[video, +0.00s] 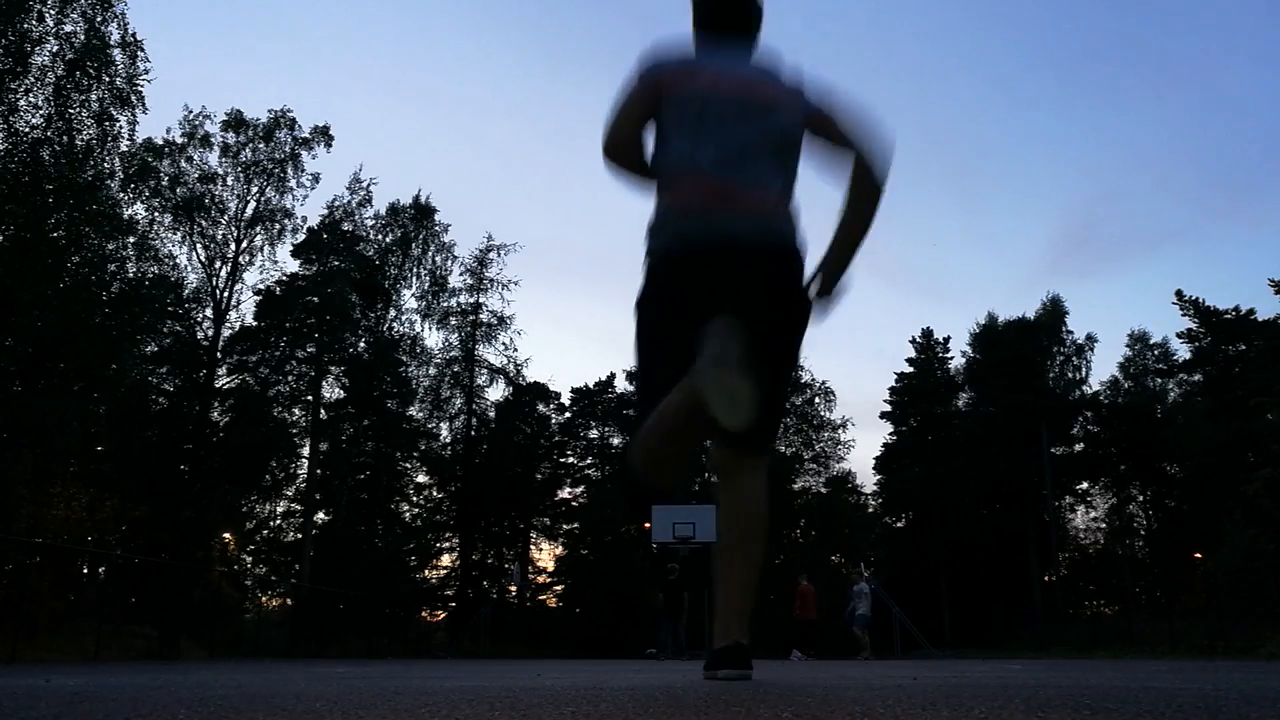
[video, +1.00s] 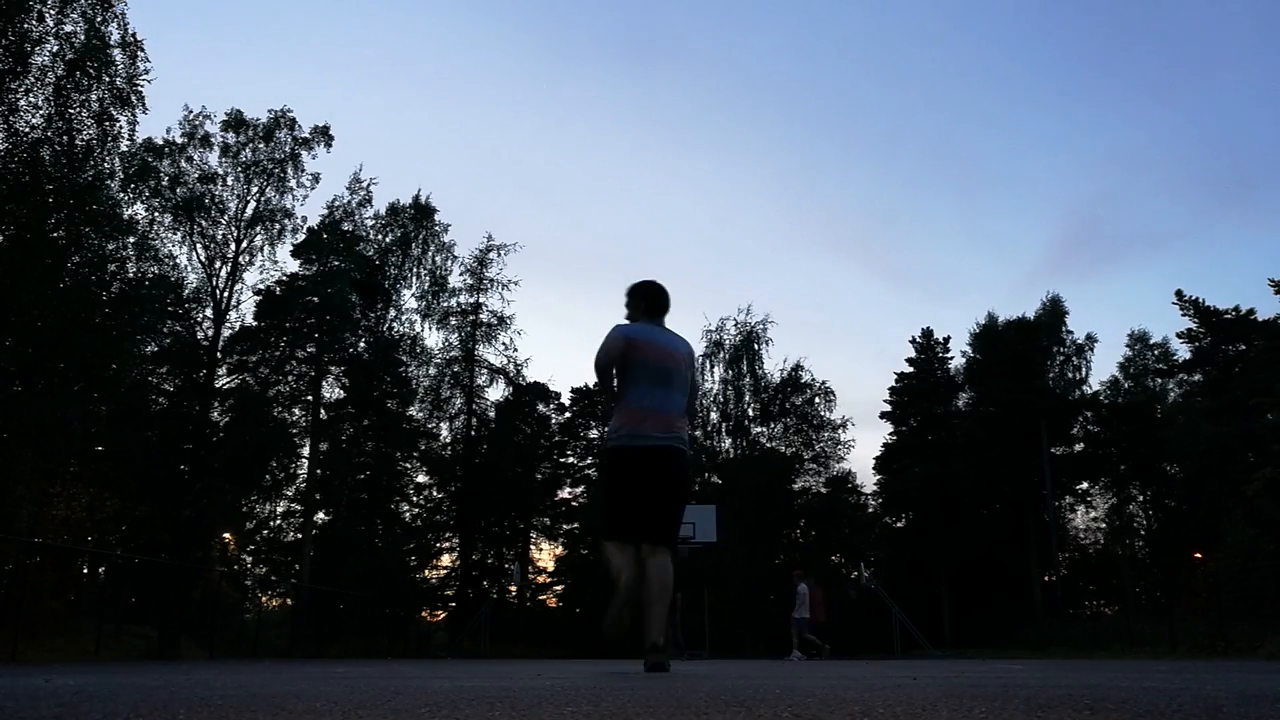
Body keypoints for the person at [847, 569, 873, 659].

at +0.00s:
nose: (854, 579)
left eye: (856, 577)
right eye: (854, 577)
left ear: (859, 577)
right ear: (854, 578)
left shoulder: (864, 586)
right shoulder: (855, 587)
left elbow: (868, 599)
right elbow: (855, 601)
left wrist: (867, 610)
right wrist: (849, 609)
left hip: (864, 611)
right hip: (858, 611)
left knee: (857, 628)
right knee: (864, 632)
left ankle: (865, 650)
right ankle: (866, 652)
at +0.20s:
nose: (843, 581)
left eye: (844, 579)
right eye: (843, 579)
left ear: (848, 580)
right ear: (844, 580)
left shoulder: (854, 589)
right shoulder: (844, 589)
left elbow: (858, 602)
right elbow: (841, 601)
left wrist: (860, 613)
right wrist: (833, 609)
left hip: (853, 614)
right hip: (847, 614)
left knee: (845, 632)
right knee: (857, 633)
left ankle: (838, 651)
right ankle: (865, 651)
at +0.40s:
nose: (831, 580)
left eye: (832, 579)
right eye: (831, 579)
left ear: (835, 579)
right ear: (832, 580)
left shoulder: (841, 588)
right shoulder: (832, 588)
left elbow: (845, 601)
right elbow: (831, 601)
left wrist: (846, 611)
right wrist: (826, 611)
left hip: (840, 613)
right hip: (833, 613)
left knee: (835, 632)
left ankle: (834, 653)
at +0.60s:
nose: (820, 579)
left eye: (821, 577)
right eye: (819, 577)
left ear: (823, 577)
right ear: (822, 577)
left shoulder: (829, 587)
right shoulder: (824, 587)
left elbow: (829, 602)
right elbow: (825, 601)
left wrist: (823, 611)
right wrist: (822, 610)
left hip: (829, 614)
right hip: (824, 614)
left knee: (830, 632)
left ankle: (832, 652)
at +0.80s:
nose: (807, 582)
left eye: (808, 580)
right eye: (807, 580)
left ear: (811, 580)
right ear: (812, 580)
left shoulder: (816, 589)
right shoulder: (813, 589)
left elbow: (814, 602)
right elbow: (813, 602)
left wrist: (806, 609)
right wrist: (806, 610)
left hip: (818, 615)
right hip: (813, 615)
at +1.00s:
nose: (794, 580)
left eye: (795, 578)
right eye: (794, 578)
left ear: (797, 579)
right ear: (801, 578)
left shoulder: (801, 588)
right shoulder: (803, 588)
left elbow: (800, 602)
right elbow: (802, 603)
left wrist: (795, 612)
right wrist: (797, 611)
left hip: (800, 616)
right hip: (803, 615)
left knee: (795, 635)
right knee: (804, 634)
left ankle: (795, 653)